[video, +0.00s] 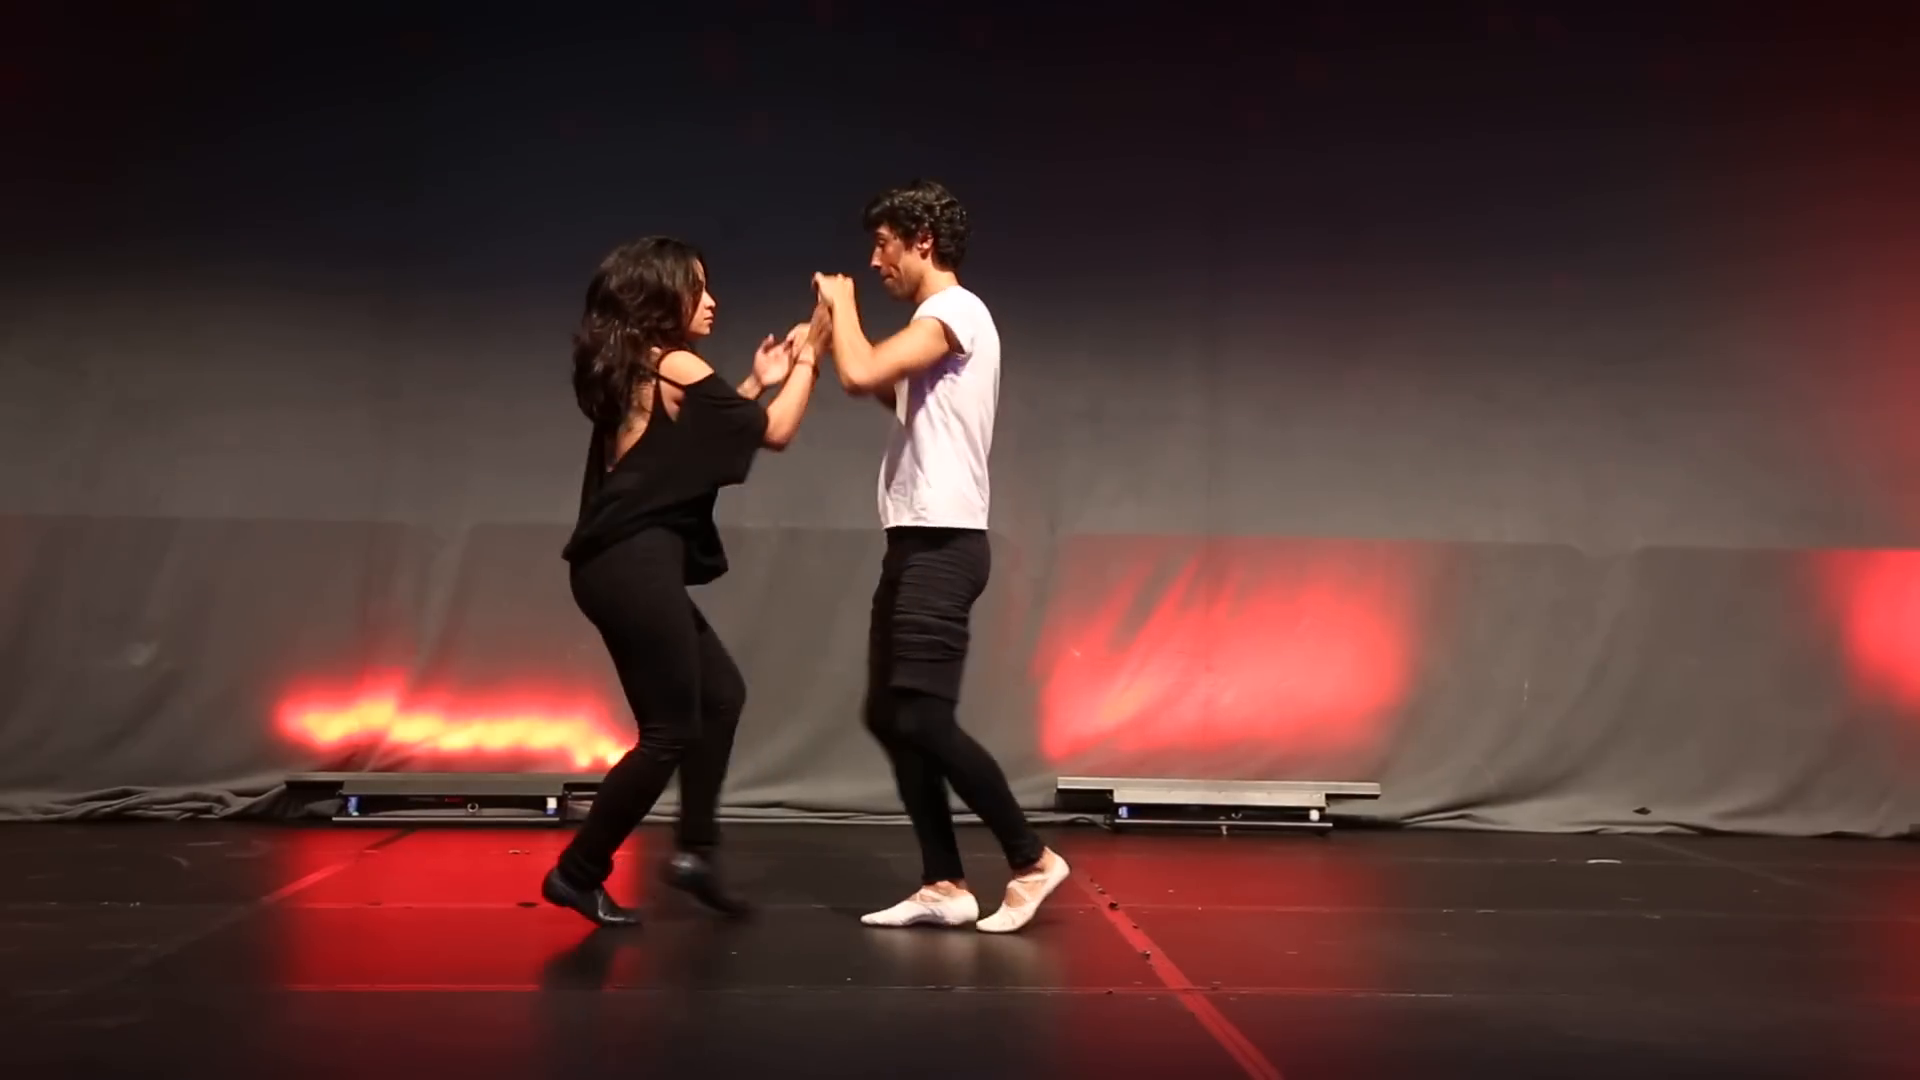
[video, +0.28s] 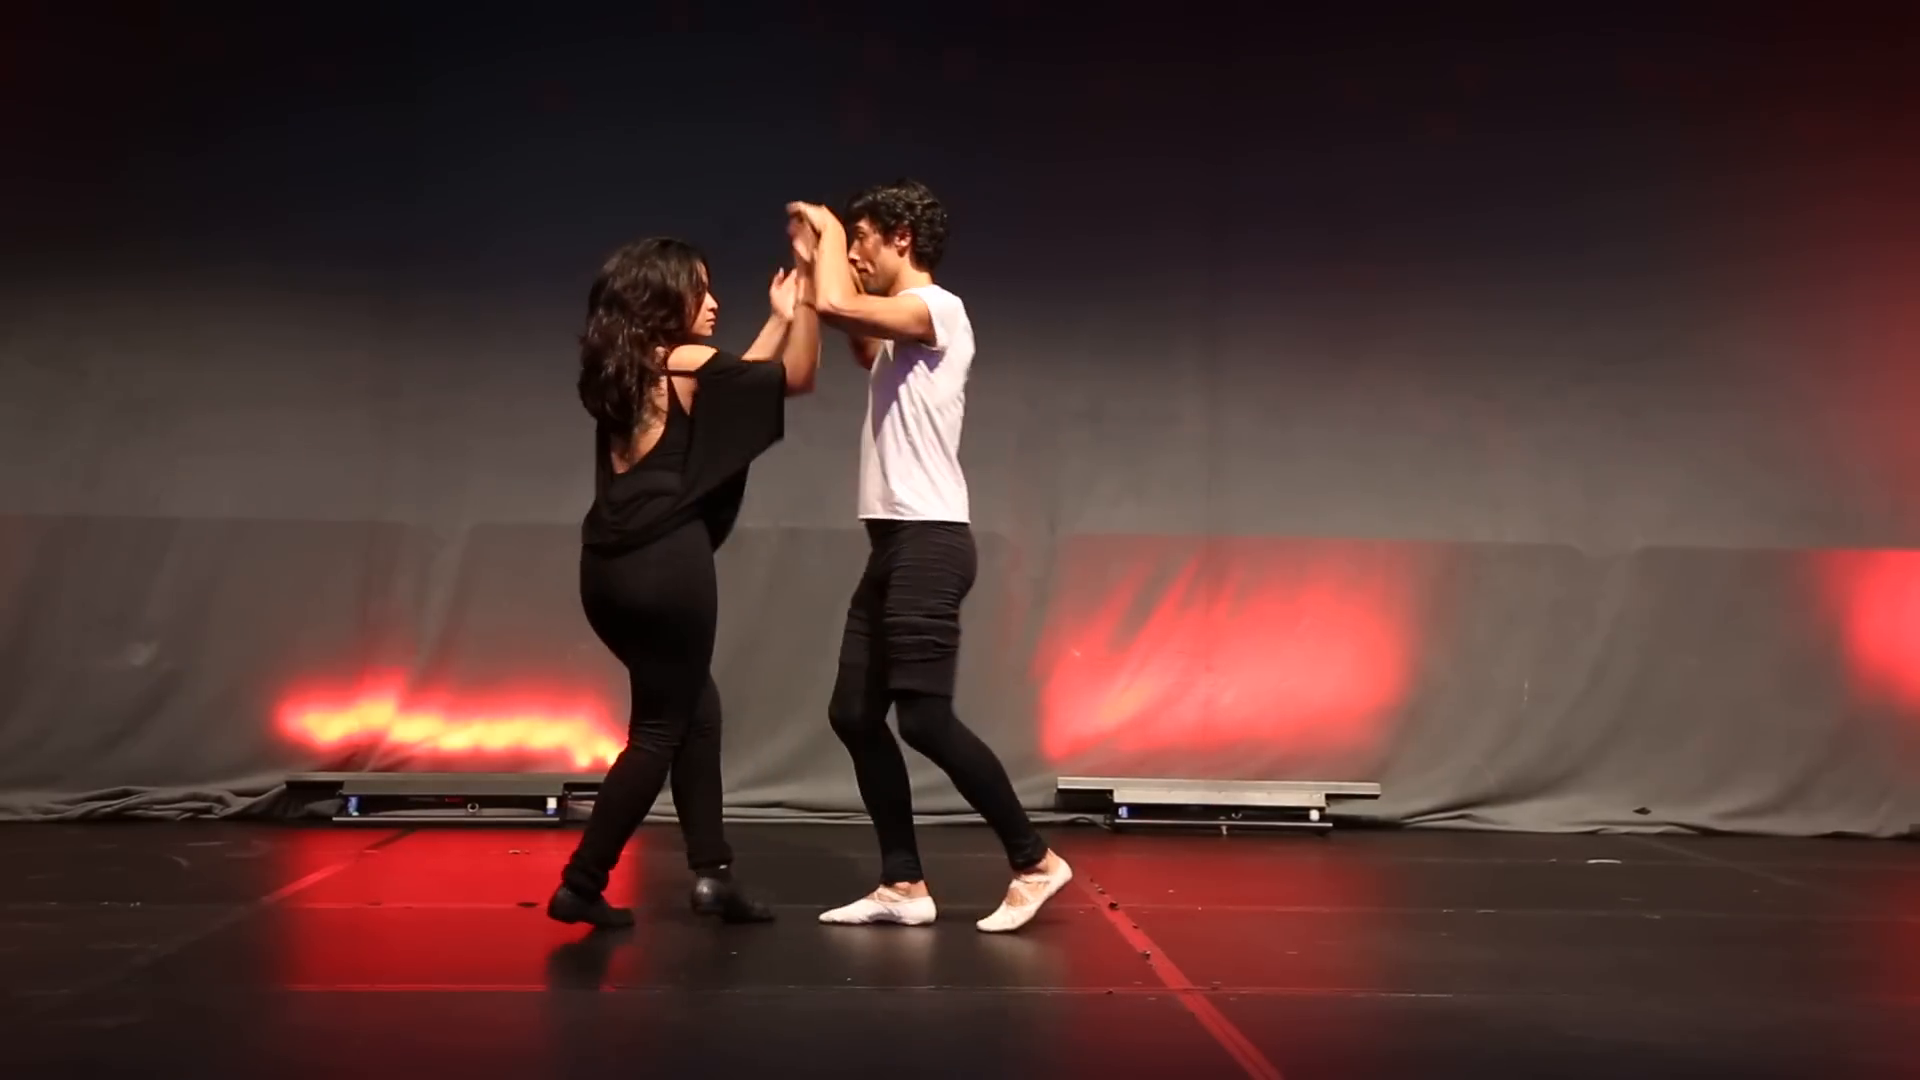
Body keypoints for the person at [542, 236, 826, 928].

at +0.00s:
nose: (710, 300)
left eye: (706, 287)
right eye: (699, 289)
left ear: (647, 301)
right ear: (665, 301)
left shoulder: (632, 364)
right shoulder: (675, 365)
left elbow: (692, 440)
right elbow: (776, 428)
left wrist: (756, 385)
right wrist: (810, 358)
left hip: (627, 564)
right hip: (632, 567)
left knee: (721, 693)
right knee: (671, 731)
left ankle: (695, 853)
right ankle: (578, 872)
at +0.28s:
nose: (713, 304)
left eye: (710, 291)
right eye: (700, 293)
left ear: (644, 305)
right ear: (664, 303)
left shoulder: (625, 371)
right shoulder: (688, 367)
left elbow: (738, 381)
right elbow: (797, 377)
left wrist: (780, 318)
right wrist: (809, 297)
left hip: (607, 574)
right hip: (669, 569)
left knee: (699, 712)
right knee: (657, 733)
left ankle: (711, 874)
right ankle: (581, 886)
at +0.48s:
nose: (722, 302)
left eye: (720, 290)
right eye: (712, 290)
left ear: (658, 297)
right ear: (680, 295)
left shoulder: (680, 363)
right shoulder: (672, 351)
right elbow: (753, 322)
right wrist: (785, 229)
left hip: (680, 568)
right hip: (643, 561)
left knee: (740, 718)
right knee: (666, 729)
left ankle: (699, 880)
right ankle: (581, 876)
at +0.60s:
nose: (727, 292)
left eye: (737, 282)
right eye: (713, 278)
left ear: (747, 296)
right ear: (680, 288)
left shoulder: (745, 361)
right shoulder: (640, 344)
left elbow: (765, 334)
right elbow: (655, 282)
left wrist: (752, 232)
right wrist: (717, 216)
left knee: (744, 723)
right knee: (643, 727)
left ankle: (714, 875)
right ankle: (636, 883)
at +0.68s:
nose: (697, 276)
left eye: (715, 273)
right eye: (690, 260)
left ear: (738, 297)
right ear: (666, 278)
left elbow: (708, 300)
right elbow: (612, 266)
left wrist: (715, 216)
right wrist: (688, 202)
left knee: (721, 727)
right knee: (612, 726)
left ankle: (726, 871)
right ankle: (672, 879)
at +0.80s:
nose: (658, 264)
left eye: (673, 259)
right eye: (662, 256)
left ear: (702, 278)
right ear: (689, 277)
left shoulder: (693, 340)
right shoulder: (679, 332)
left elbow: (610, 283)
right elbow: (630, 270)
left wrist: (671, 230)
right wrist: (680, 205)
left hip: (683, 556)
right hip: (653, 553)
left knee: (639, 720)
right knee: (630, 722)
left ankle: (754, 838)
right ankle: (680, 881)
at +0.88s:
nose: (643, 279)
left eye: (655, 271)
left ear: (670, 276)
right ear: (738, 280)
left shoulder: (652, 342)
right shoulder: (733, 347)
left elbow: (608, 286)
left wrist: (686, 250)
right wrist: (712, 223)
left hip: (655, 542)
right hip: (713, 544)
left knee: (595, 714)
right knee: (659, 719)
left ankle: (714, 821)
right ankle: (675, 890)